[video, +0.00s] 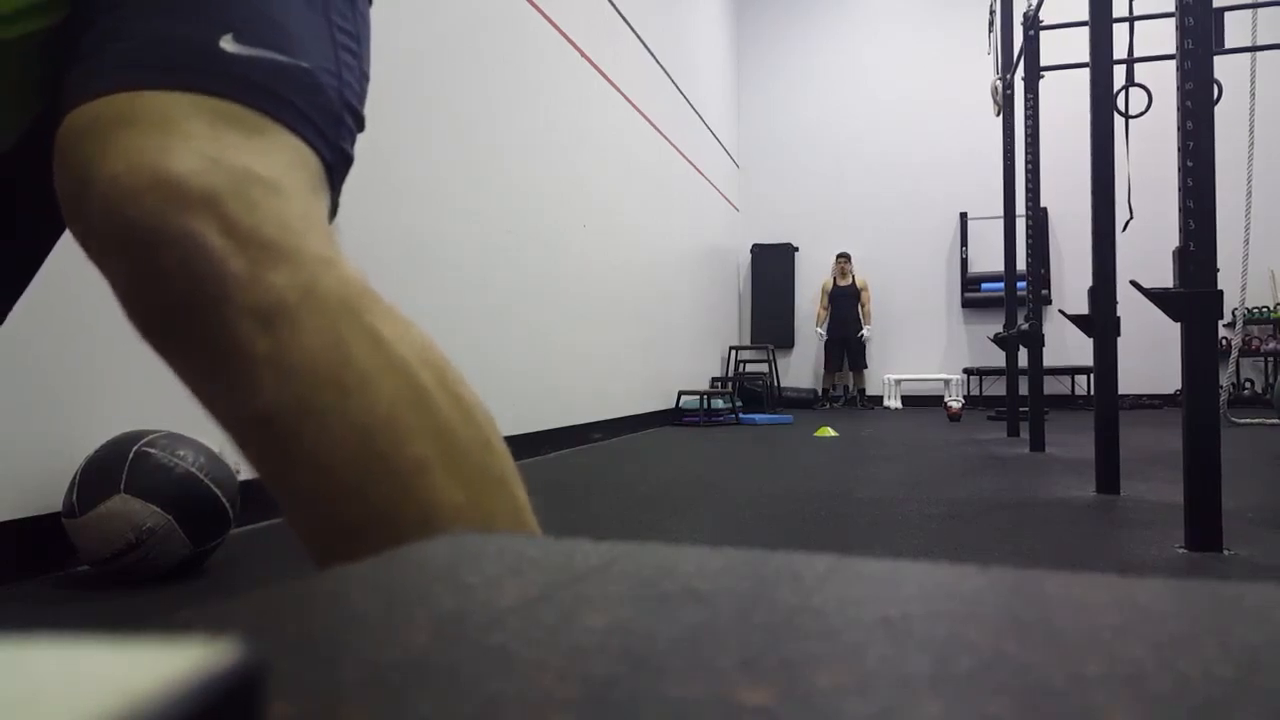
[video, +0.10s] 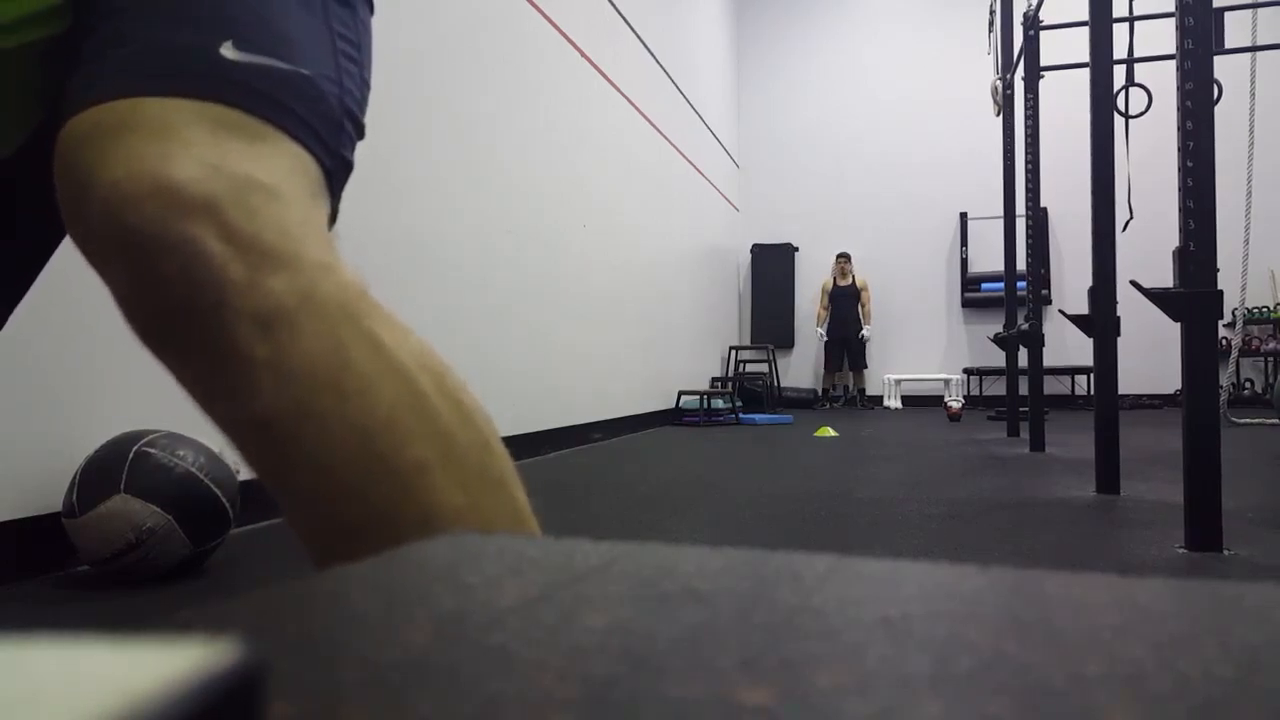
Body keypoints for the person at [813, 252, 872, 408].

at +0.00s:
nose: (842, 266)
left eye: (845, 263)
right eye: (839, 263)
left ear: (850, 265)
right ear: (836, 265)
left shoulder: (860, 283)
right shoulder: (828, 284)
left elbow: (865, 305)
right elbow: (823, 307)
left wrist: (867, 326)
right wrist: (819, 325)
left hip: (854, 331)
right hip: (834, 332)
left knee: (858, 368)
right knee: (830, 368)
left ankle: (861, 398)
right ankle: (825, 398)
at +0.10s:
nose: (842, 266)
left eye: (845, 263)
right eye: (839, 263)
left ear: (850, 265)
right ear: (836, 265)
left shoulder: (860, 283)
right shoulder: (828, 284)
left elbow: (865, 305)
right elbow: (824, 307)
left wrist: (867, 326)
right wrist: (819, 326)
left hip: (854, 331)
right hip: (834, 332)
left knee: (858, 368)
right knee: (830, 368)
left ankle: (861, 398)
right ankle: (825, 398)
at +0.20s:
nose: (842, 266)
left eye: (845, 263)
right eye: (839, 263)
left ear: (850, 265)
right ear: (836, 265)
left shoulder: (860, 283)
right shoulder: (828, 284)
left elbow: (865, 305)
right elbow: (824, 307)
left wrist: (866, 325)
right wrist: (819, 326)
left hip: (854, 331)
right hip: (834, 331)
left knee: (858, 368)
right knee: (830, 368)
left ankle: (861, 398)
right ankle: (825, 398)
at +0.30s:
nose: (842, 266)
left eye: (845, 263)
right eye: (840, 263)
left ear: (851, 265)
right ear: (836, 265)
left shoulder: (860, 283)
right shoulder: (828, 284)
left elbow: (865, 305)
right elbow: (824, 307)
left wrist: (866, 325)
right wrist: (819, 326)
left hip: (854, 331)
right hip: (834, 331)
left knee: (858, 368)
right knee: (830, 368)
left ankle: (861, 398)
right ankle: (825, 398)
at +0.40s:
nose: (842, 266)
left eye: (845, 263)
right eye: (840, 263)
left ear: (851, 265)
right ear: (836, 265)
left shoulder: (860, 283)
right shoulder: (828, 284)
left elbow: (865, 305)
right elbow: (824, 307)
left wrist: (866, 325)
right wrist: (819, 326)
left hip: (854, 331)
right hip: (834, 331)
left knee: (858, 368)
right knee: (830, 368)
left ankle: (861, 398)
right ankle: (825, 398)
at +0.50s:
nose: (843, 266)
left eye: (845, 263)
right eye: (840, 263)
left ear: (850, 264)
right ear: (836, 265)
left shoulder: (860, 283)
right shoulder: (828, 284)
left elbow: (865, 305)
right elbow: (824, 307)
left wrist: (866, 325)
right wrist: (819, 326)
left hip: (854, 331)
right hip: (834, 331)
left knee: (858, 368)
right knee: (830, 368)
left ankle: (861, 398)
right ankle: (825, 398)